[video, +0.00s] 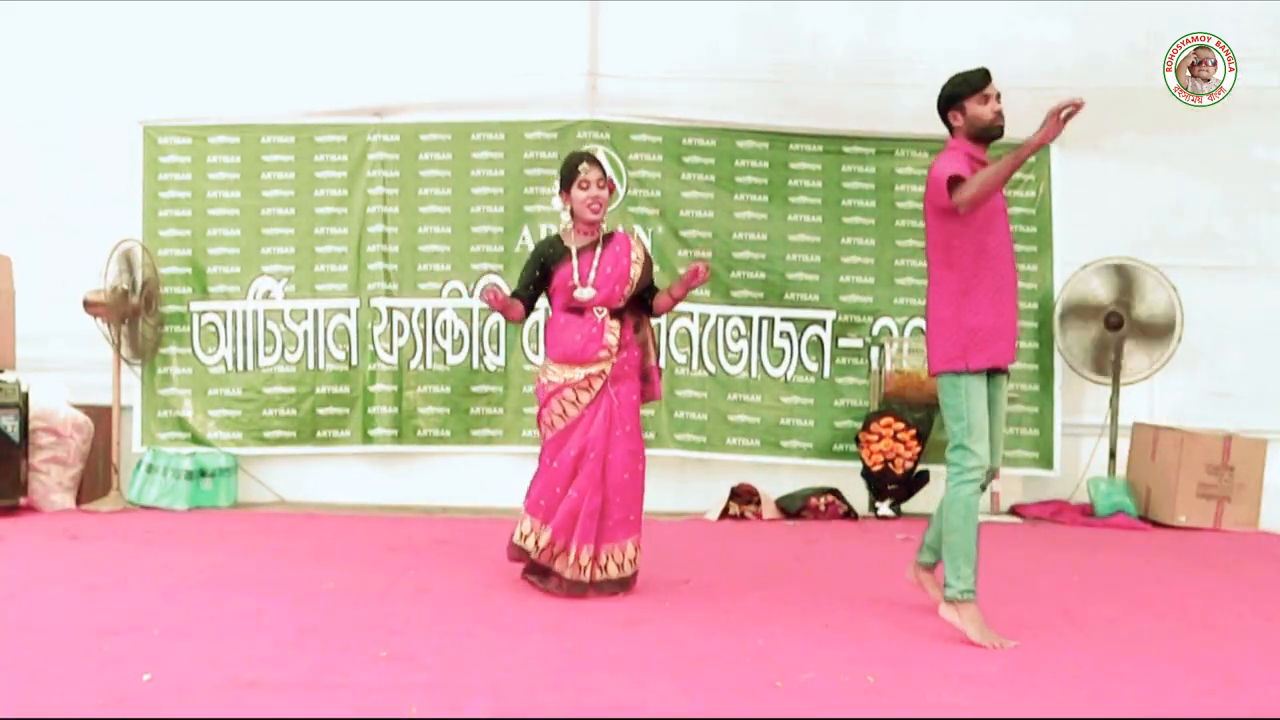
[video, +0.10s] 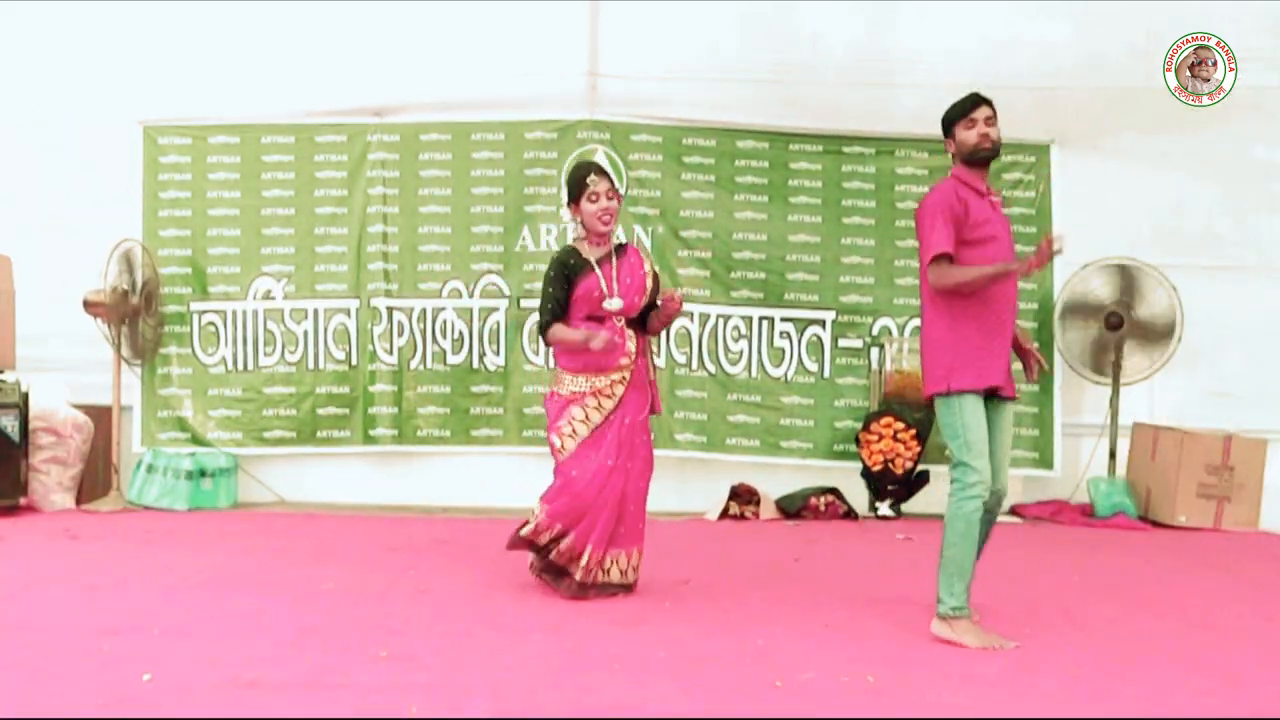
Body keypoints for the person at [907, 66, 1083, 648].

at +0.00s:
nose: (999, 106)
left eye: (997, 98)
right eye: (987, 100)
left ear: (983, 110)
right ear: (957, 114)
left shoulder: (983, 167)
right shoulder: (949, 165)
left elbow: (983, 261)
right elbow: (964, 198)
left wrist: (997, 334)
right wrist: (1033, 144)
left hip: (988, 339)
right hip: (960, 340)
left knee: (981, 466)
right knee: (970, 466)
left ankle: (927, 560)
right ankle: (961, 597)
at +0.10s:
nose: (984, 130)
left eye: (990, 122)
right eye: (971, 124)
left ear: (999, 136)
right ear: (950, 140)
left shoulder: (989, 202)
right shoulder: (942, 197)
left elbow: (985, 287)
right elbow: (940, 277)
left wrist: (1018, 340)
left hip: (993, 365)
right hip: (955, 364)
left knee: (995, 488)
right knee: (973, 482)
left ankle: (956, 604)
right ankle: (950, 614)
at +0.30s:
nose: (957, 127)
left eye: (968, 118)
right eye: (953, 119)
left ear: (997, 129)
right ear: (947, 131)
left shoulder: (1021, 200)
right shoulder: (925, 187)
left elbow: (1057, 278)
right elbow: (888, 260)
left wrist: (1026, 250)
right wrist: (941, 244)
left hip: (981, 357)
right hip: (920, 351)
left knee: (973, 476)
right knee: (926, 465)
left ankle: (948, 585)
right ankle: (927, 587)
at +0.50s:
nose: (939, 127)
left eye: (951, 121)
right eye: (939, 119)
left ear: (980, 133)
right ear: (936, 128)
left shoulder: (1001, 195)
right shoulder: (913, 188)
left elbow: (1026, 263)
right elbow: (897, 249)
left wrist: (971, 231)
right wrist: (894, 263)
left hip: (963, 347)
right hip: (905, 341)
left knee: (958, 470)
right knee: (902, 458)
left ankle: (950, 586)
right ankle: (911, 536)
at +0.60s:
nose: (935, 148)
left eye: (948, 142)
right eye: (935, 140)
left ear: (974, 156)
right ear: (934, 150)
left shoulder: (987, 213)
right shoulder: (915, 206)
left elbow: (1008, 276)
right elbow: (914, 284)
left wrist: (949, 251)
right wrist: (881, 325)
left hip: (956, 362)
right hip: (902, 357)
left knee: (952, 473)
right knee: (901, 461)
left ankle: (952, 591)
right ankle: (911, 534)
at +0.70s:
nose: (928, 166)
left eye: (941, 160)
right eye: (927, 157)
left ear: (963, 173)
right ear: (922, 164)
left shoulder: (972, 223)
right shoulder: (908, 222)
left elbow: (1004, 256)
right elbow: (907, 288)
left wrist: (948, 236)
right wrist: (871, 305)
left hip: (946, 364)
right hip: (901, 362)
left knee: (935, 470)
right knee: (903, 466)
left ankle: (955, 588)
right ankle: (914, 544)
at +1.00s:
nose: (931, 152)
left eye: (943, 147)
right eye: (926, 143)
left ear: (958, 159)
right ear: (914, 147)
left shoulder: (971, 206)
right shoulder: (898, 197)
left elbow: (1017, 261)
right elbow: (889, 249)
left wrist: (1021, 225)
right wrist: (842, 269)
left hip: (947, 351)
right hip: (901, 347)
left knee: (935, 461)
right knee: (907, 457)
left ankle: (942, 566)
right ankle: (915, 548)